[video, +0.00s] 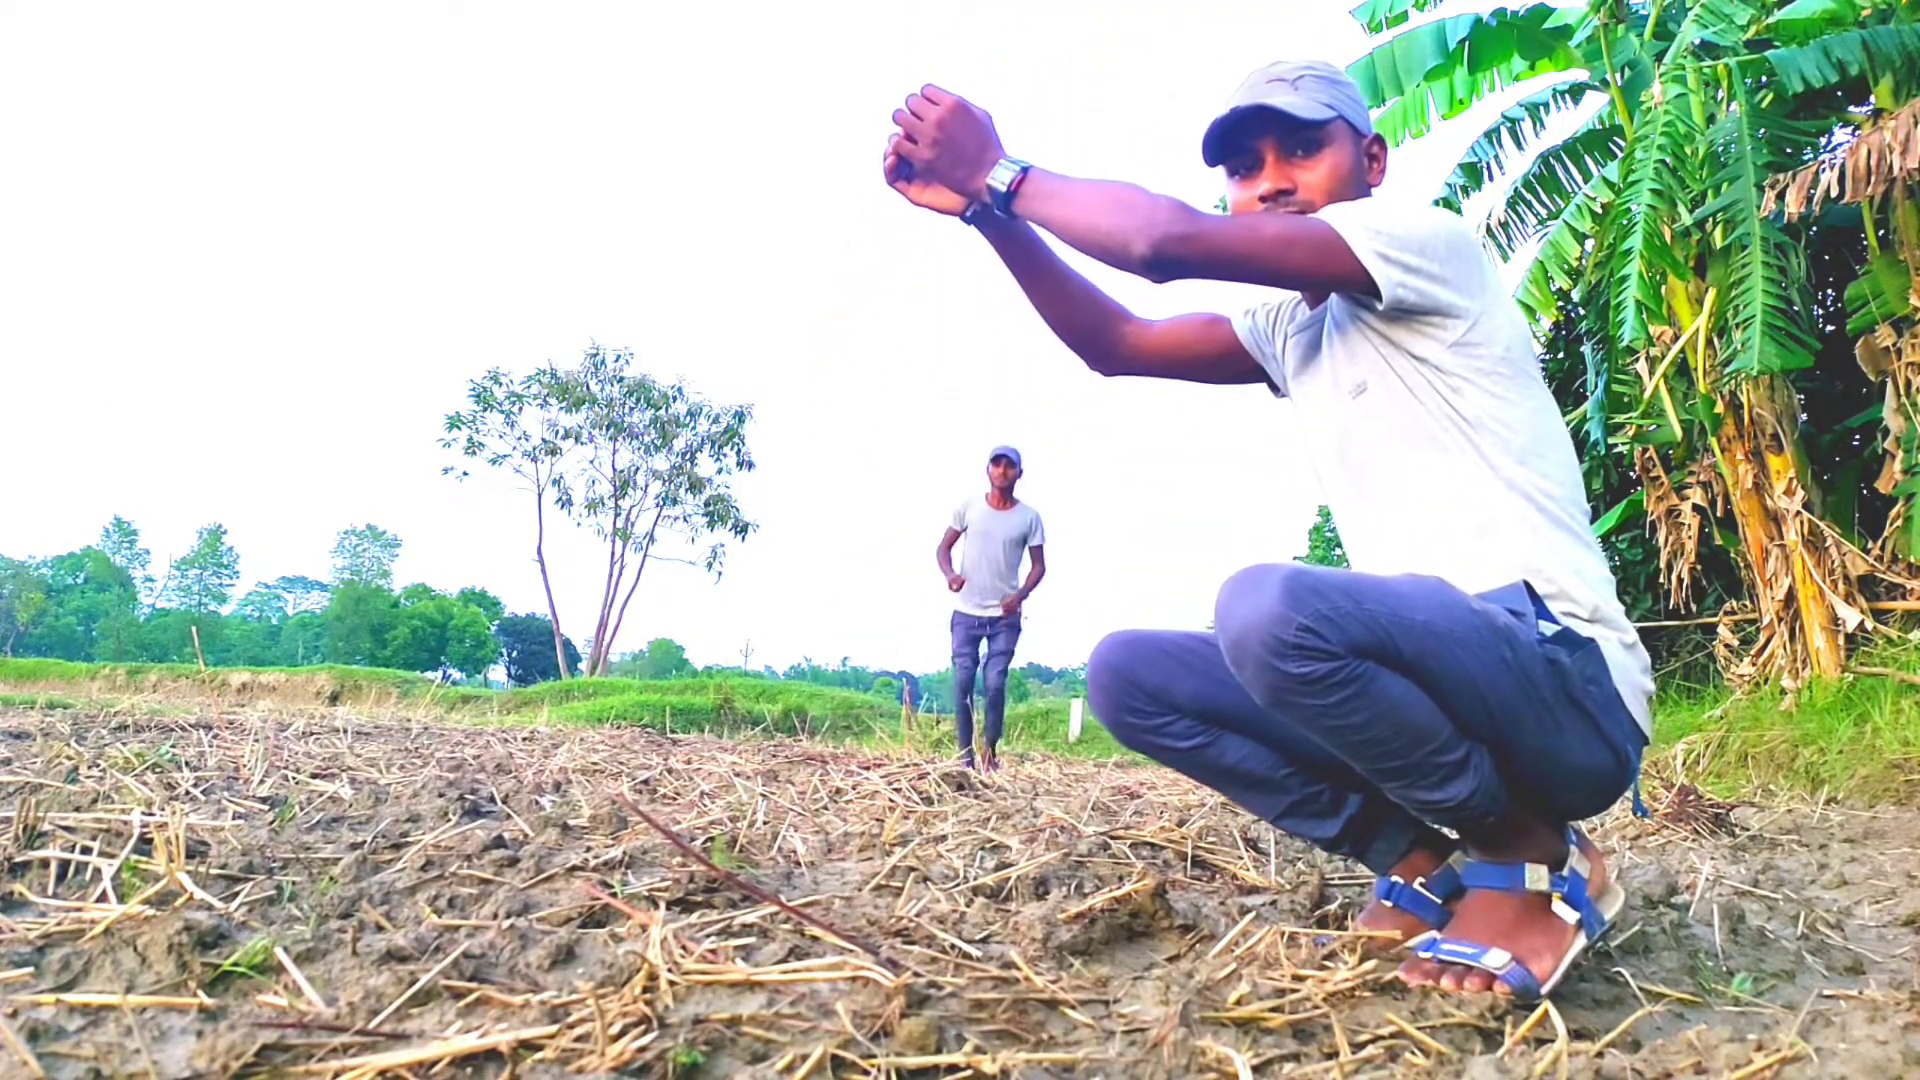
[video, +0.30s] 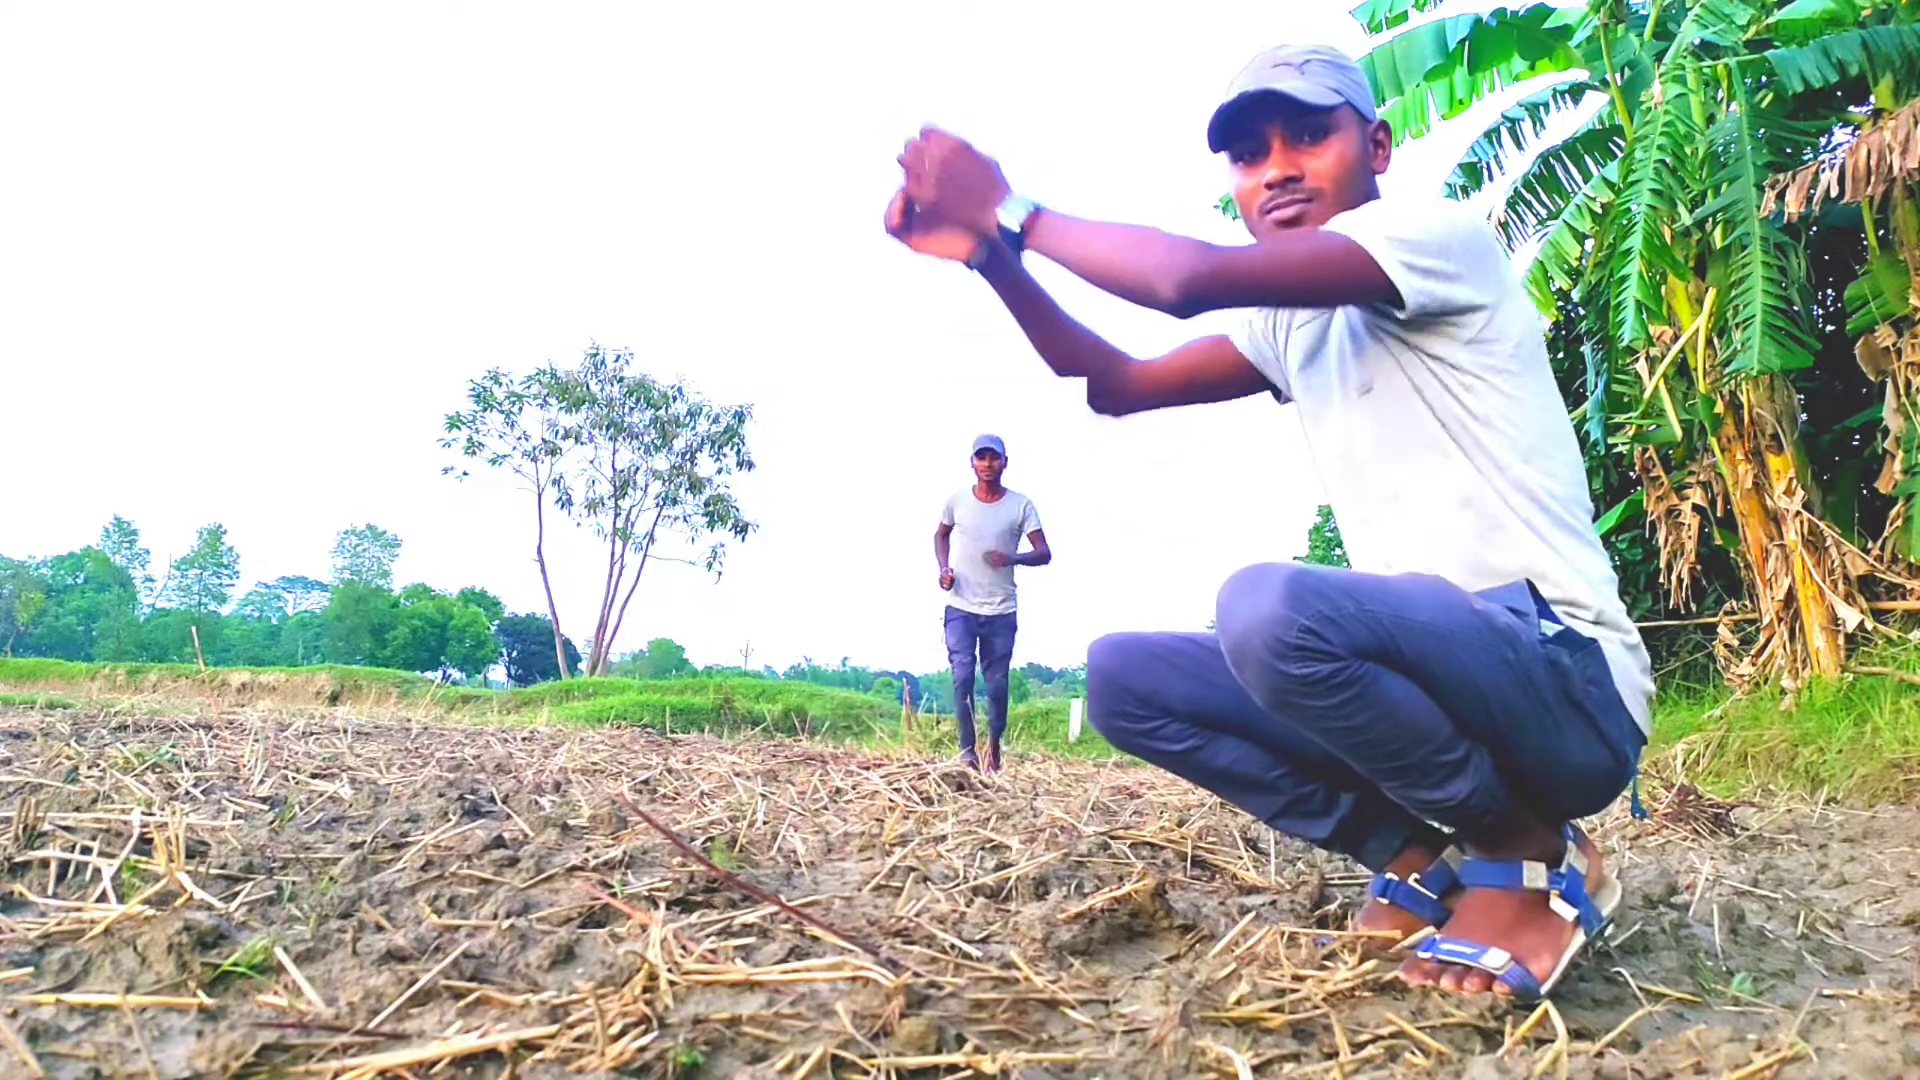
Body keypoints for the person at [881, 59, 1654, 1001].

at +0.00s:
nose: (1271, 181)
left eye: (1303, 146)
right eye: (1244, 164)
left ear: (1375, 160)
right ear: (1229, 188)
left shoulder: (1428, 242)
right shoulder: (1298, 327)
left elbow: (1161, 239)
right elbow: (1116, 342)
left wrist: (997, 172)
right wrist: (991, 212)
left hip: (1565, 674)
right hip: (1440, 687)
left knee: (1268, 612)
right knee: (1127, 676)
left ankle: (1528, 854)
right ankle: (1426, 860)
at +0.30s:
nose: (1275, 168)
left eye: (1309, 132)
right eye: (1247, 149)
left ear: (1379, 149)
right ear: (1231, 182)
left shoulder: (1443, 238)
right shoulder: (1296, 328)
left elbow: (1188, 278)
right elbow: (1117, 383)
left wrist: (1010, 213)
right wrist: (990, 256)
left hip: (1566, 669)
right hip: (1434, 682)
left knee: (1271, 612)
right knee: (1125, 682)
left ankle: (1522, 859)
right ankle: (1424, 854)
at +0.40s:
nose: (1281, 160)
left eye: (1313, 129)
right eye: (1252, 143)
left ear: (1381, 147)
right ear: (1235, 185)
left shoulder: (1457, 246)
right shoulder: (1303, 346)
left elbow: (1296, 398)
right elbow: (1178, 501)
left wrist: (1079, 384)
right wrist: (1046, 458)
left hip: (1567, 676)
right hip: (1436, 699)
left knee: (1269, 612)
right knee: (1122, 682)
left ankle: (1518, 857)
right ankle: (1413, 855)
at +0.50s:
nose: (1272, 167)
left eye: (1302, 135)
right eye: (1241, 149)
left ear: (1364, 150)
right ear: (1219, 186)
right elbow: (1227, 556)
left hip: (1573, 683)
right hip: (1422, 706)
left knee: (1278, 608)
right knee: (1122, 677)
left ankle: (1518, 858)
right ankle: (1408, 850)